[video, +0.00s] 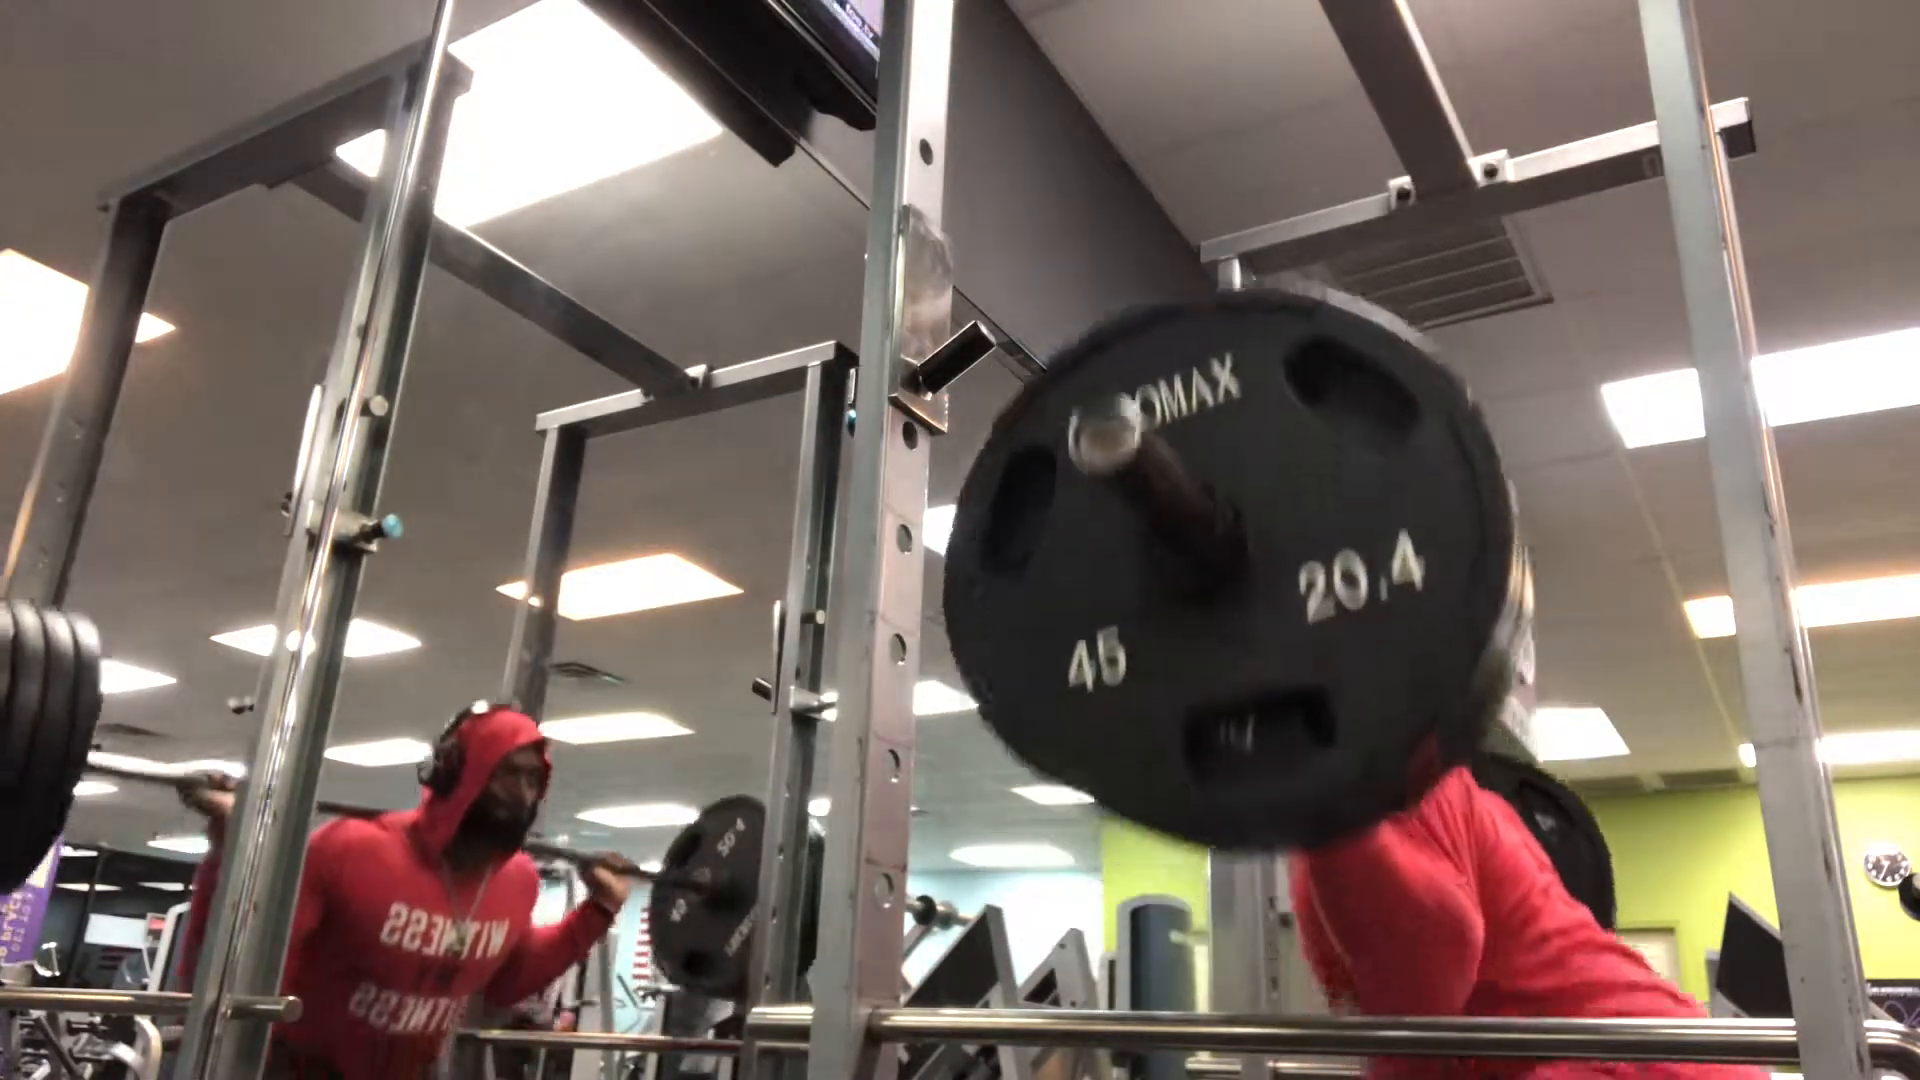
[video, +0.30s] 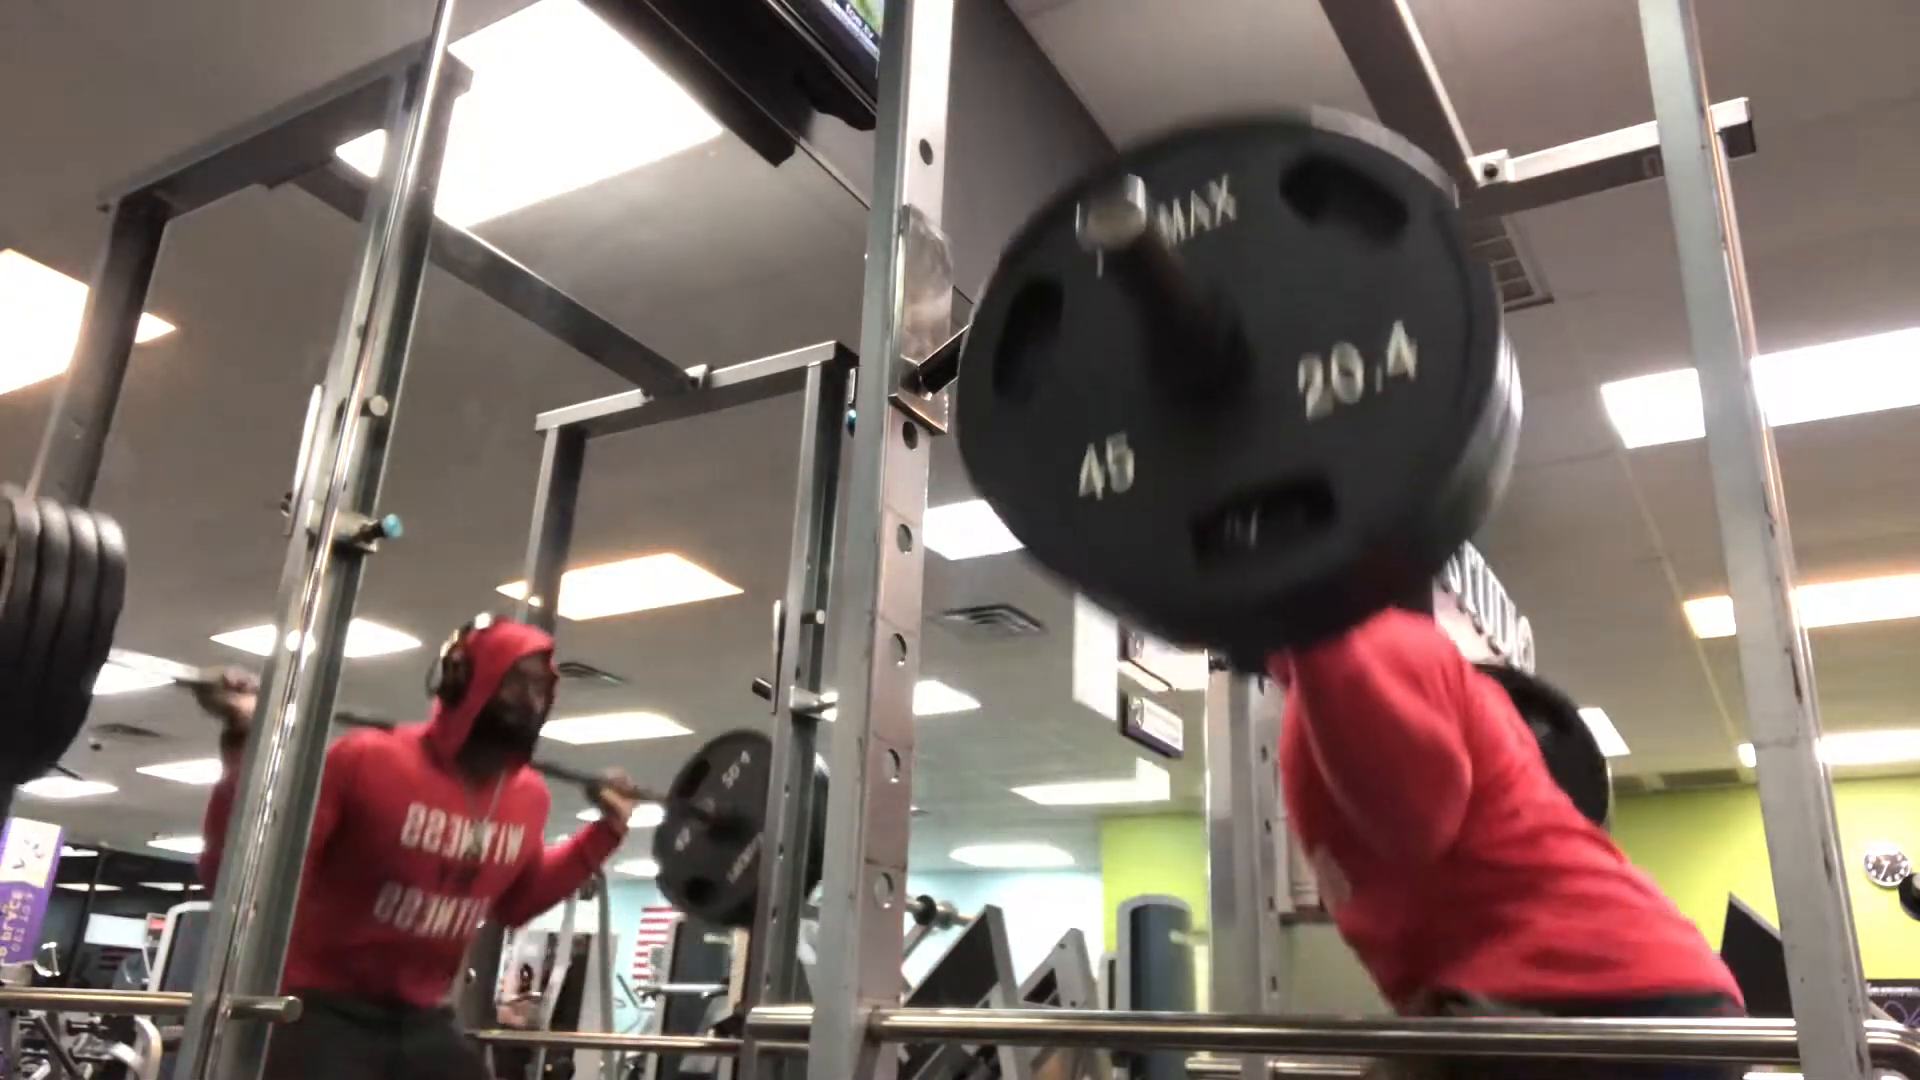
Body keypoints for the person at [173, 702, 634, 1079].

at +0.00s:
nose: (522, 791)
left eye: (534, 779)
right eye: (507, 773)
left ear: (544, 792)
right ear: (462, 772)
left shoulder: (517, 880)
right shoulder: (351, 848)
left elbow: (503, 985)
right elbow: (227, 961)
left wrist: (597, 913)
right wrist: (232, 841)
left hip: (412, 1066)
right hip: (306, 1060)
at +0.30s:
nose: (532, 699)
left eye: (544, 686)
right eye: (516, 680)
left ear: (553, 699)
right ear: (471, 681)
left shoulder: (528, 795)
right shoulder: (365, 759)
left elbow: (515, 904)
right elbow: (233, 869)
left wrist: (606, 832)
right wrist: (247, 747)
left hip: (427, 1028)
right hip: (321, 1017)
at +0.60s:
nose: (551, 591)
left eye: (557, 575)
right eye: (534, 572)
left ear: (562, 586)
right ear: (488, 576)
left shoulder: (542, 686)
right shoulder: (390, 647)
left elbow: (539, 799)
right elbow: (255, 746)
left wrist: (618, 728)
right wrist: (268, 624)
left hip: (442, 946)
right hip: (340, 928)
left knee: (453, 1066)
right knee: (317, 1068)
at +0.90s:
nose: (546, 594)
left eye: (556, 581)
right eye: (531, 574)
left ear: (561, 591)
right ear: (481, 574)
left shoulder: (533, 686)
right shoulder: (378, 642)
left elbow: (529, 799)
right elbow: (254, 753)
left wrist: (612, 725)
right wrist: (263, 634)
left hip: (440, 948)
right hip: (332, 928)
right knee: (312, 1071)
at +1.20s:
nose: (534, 602)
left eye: (545, 589)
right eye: (521, 582)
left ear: (554, 599)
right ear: (476, 576)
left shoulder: (527, 685)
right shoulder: (370, 641)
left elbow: (521, 795)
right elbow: (242, 755)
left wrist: (606, 719)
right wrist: (253, 632)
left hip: (437, 951)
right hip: (329, 931)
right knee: (309, 1070)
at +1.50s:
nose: (529, 601)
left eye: (540, 588)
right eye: (515, 581)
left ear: (549, 597)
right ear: (470, 575)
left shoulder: (523, 683)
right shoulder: (367, 639)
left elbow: (517, 790)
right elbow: (234, 750)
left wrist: (602, 717)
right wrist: (246, 627)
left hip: (438, 950)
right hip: (329, 929)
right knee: (306, 1069)